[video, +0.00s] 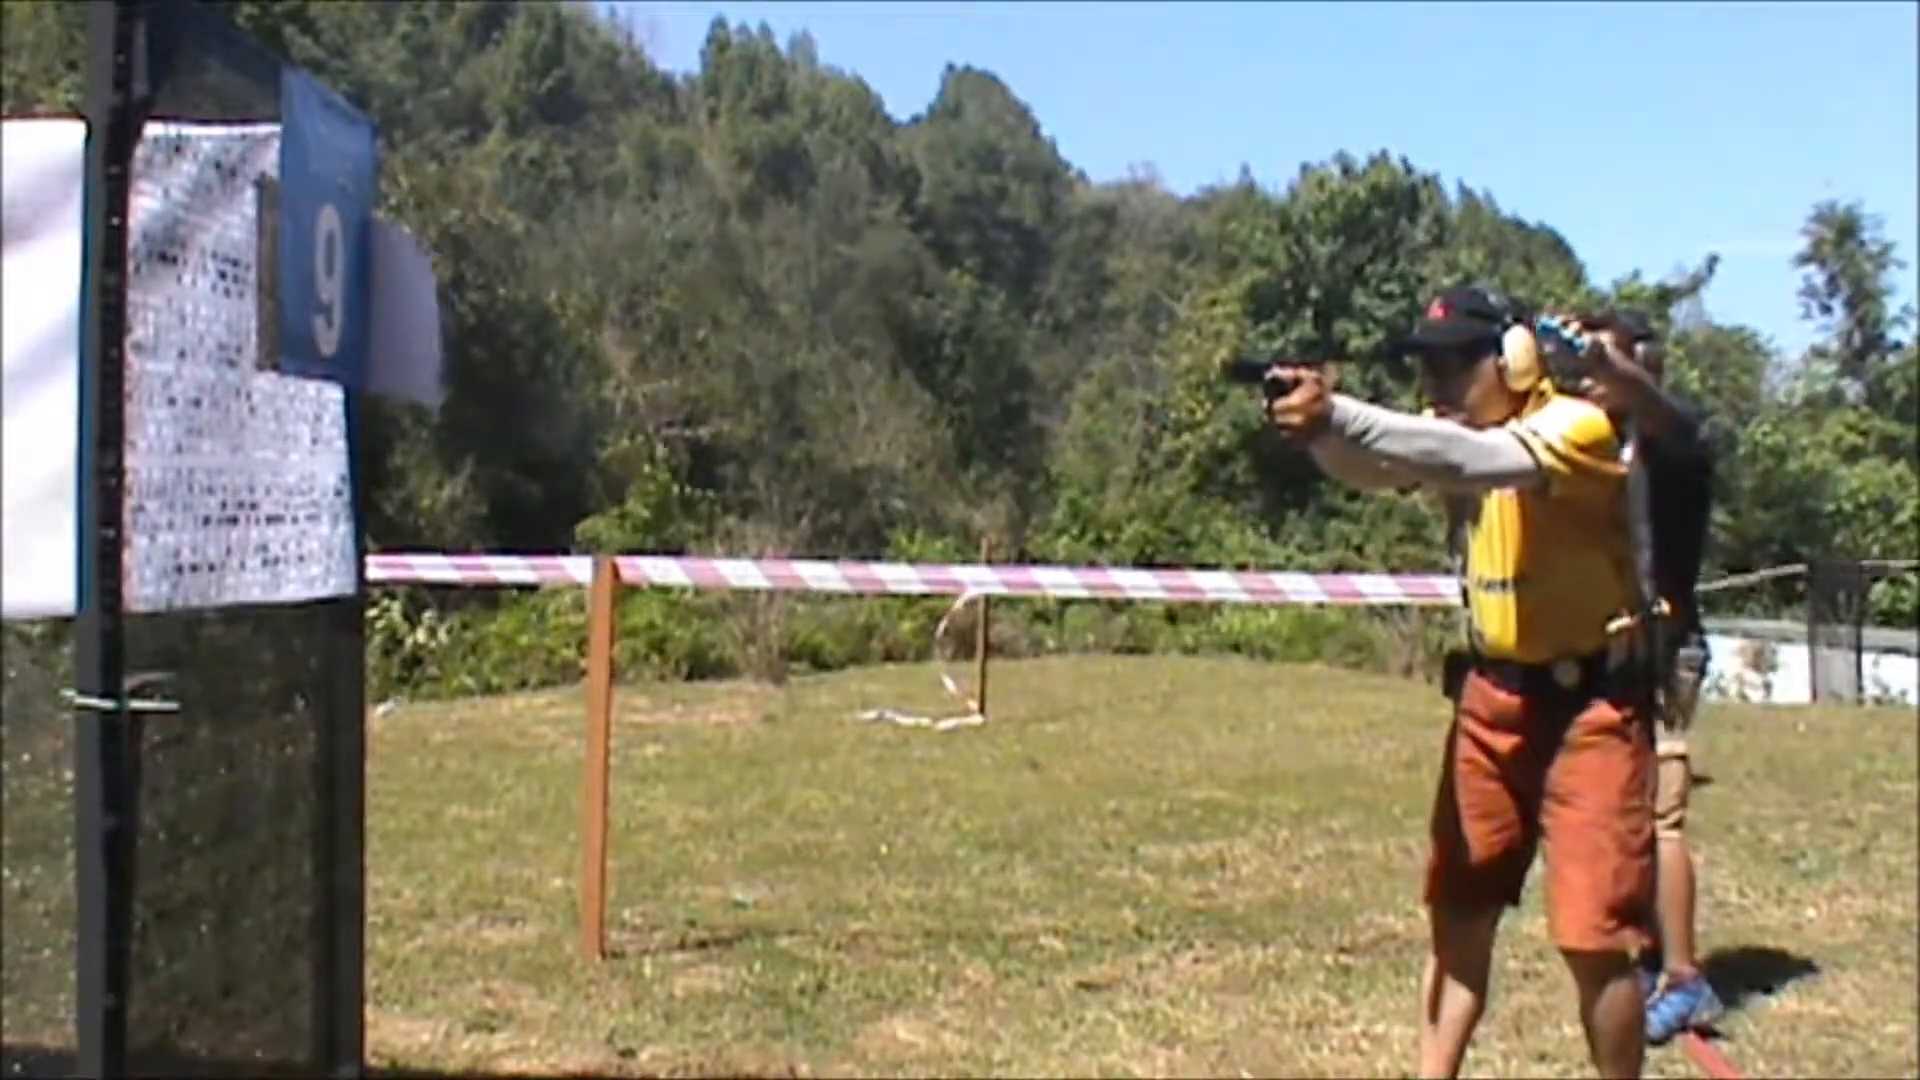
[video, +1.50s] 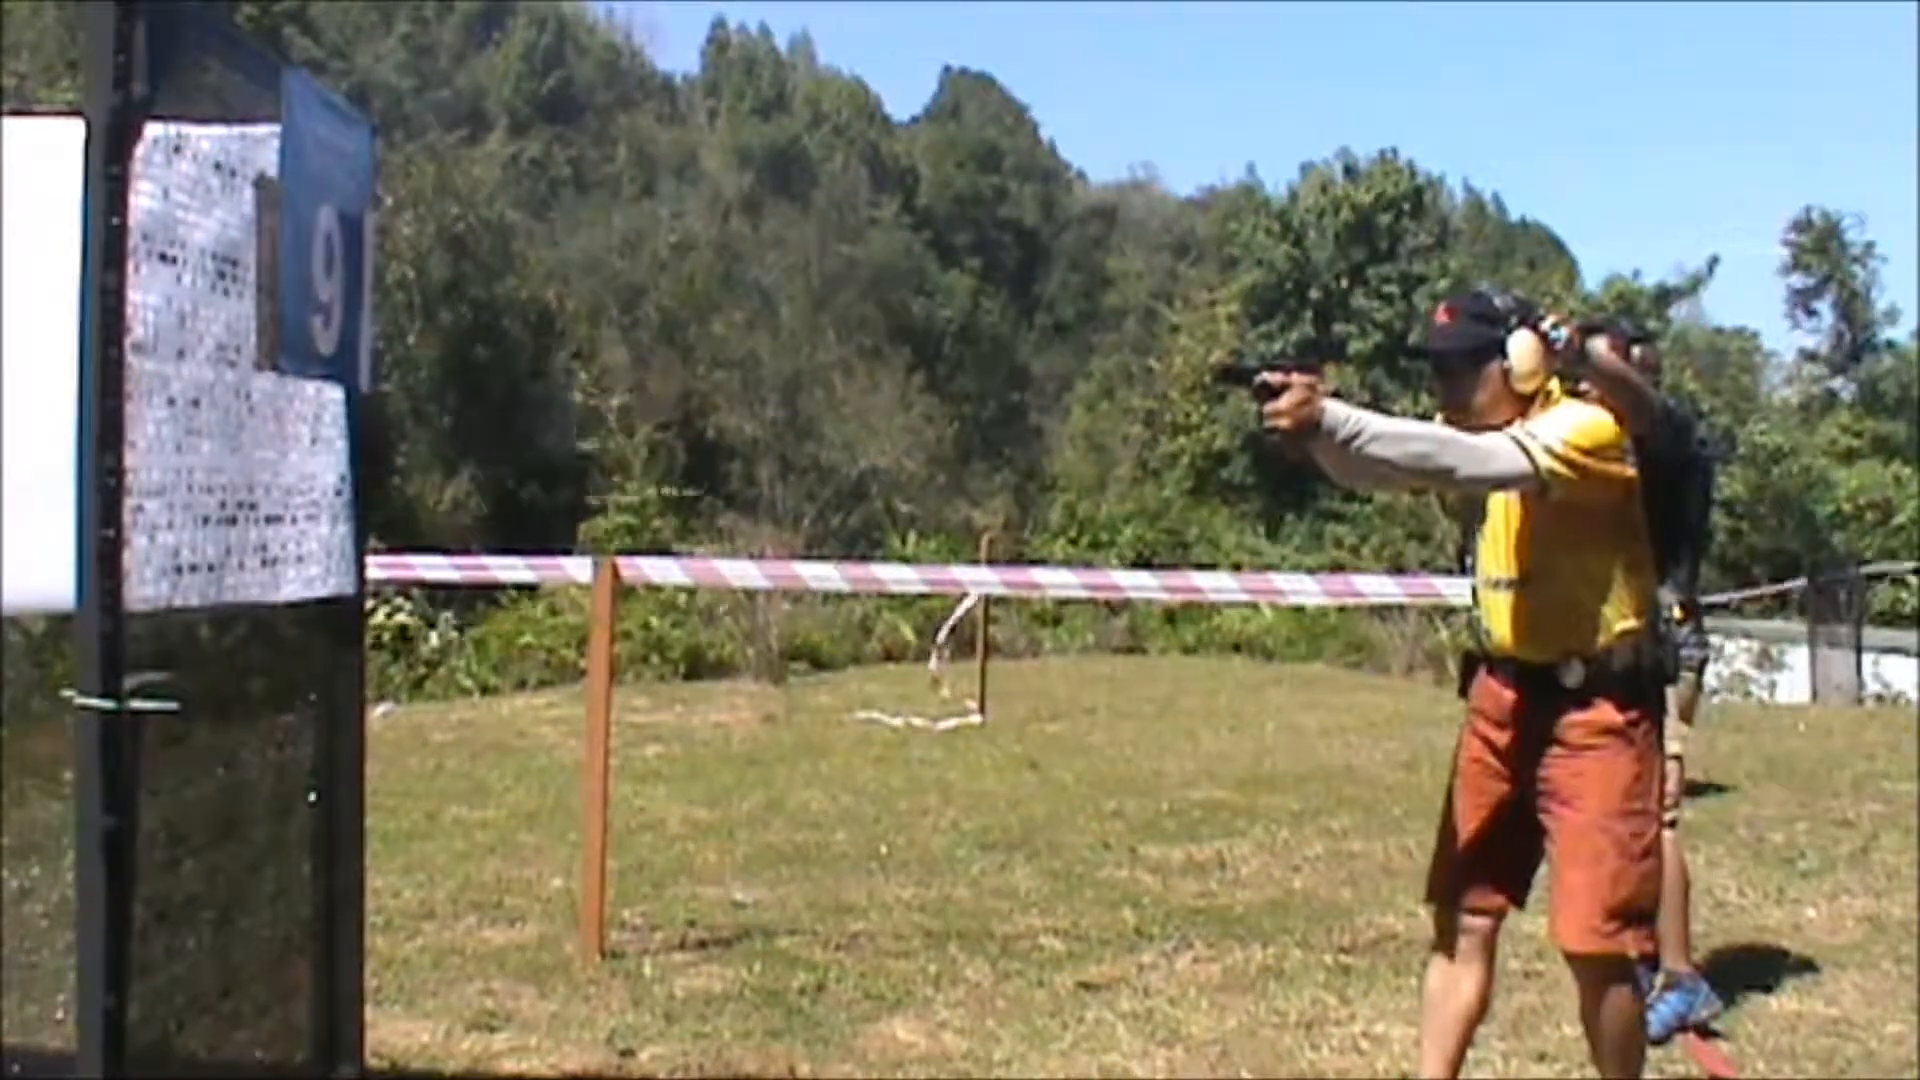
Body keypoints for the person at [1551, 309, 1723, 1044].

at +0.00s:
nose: (1601, 379)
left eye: (1618, 363)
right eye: (1596, 365)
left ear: (1650, 365)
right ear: (1586, 373)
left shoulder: (1680, 441)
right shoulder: (1584, 435)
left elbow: (1671, 426)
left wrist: (1612, 366)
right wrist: (1548, 370)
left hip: (1662, 636)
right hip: (1592, 638)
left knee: (1661, 809)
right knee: (1605, 806)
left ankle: (1681, 973)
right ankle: (1635, 963)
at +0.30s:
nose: (1606, 371)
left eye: (1620, 358)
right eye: (1598, 360)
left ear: (1648, 362)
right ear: (1589, 366)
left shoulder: (1673, 437)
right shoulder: (1580, 432)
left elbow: (1657, 424)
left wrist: (1596, 366)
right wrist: (1553, 364)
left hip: (1661, 633)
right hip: (1600, 638)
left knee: (1656, 808)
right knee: (1613, 806)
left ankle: (1680, 972)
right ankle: (1634, 965)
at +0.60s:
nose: (1604, 371)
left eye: (1616, 359)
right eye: (1597, 360)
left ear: (1640, 364)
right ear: (1588, 369)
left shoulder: (1673, 439)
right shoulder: (1580, 434)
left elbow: (1652, 423)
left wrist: (1587, 360)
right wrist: (1556, 362)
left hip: (1659, 630)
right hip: (1598, 636)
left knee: (1656, 808)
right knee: (1611, 806)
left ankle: (1679, 971)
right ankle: (1637, 966)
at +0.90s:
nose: (1604, 373)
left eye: (1618, 360)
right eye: (1598, 361)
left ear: (1640, 365)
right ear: (1587, 371)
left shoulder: (1671, 438)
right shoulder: (1578, 435)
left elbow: (1634, 400)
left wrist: (1585, 357)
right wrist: (1556, 361)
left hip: (1659, 624)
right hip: (1596, 630)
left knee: (1657, 808)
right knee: (1612, 805)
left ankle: (1678, 971)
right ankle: (1640, 967)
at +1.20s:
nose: (1609, 375)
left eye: (1621, 362)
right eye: (1600, 364)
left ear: (1641, 366)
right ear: (1585, 372)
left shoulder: (1672, 439)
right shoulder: (1579, 436)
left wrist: (1583, 356)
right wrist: (1552, 364)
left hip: (1663, 628)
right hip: (1600, 634)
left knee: (1659, 807)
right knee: (1615, 805)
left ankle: (1678, 970)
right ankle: (1639, 968)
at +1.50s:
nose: (1607, 374)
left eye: (1620, 362)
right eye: (1602, 363)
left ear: (1644, 370)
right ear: (1596, 371)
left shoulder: (1671, 438)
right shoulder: (1583, 437)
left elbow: (1619, 379)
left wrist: (1581, 356)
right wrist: (1543, 364)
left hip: (1660, 629)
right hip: (1600, 631)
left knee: (1659, 809)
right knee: (1618, 807)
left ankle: (1678, 970)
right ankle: (1637, 967)